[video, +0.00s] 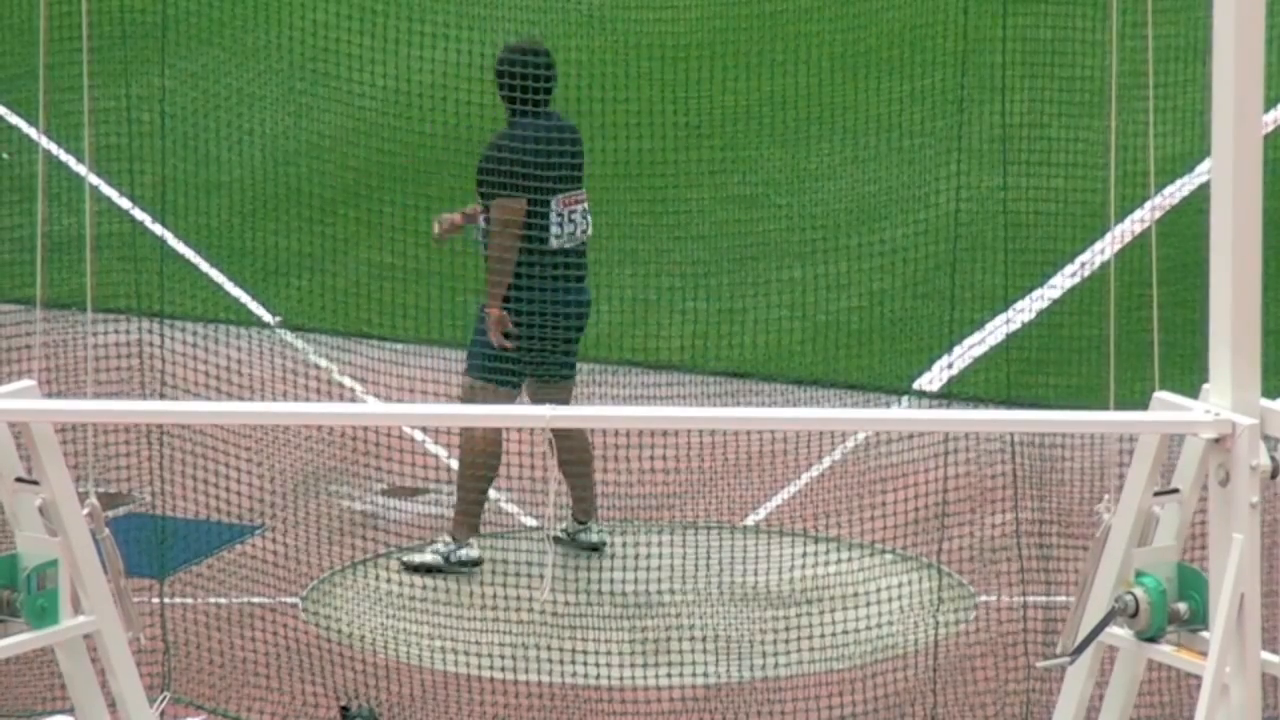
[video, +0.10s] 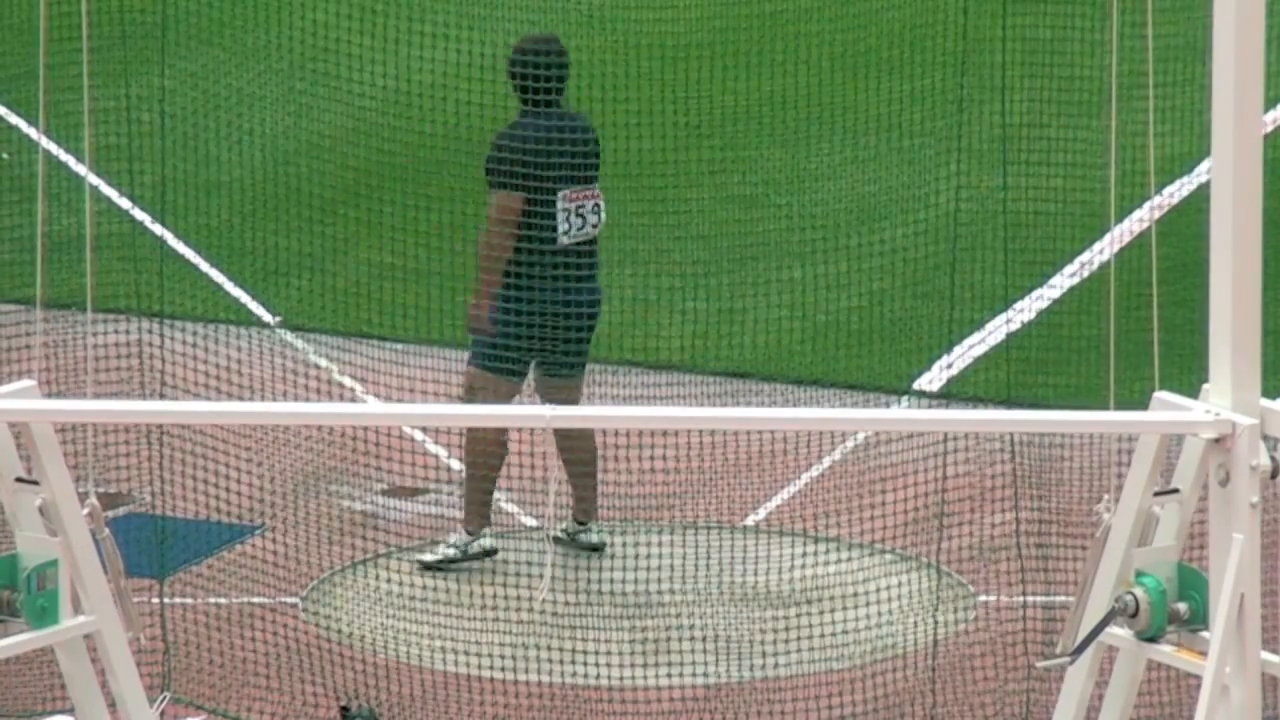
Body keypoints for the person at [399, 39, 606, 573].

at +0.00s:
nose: (499, 89)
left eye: (500, 81)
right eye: (507, 79)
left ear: (504, 87)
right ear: (548, 84)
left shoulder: (507, 150)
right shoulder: (567, 136)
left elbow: (509, 232)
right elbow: (538, 201)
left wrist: (493, 302)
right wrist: (472, 216)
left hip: (519, 299)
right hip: (568, 299)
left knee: (481, 412)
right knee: (557, 408)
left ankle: (461, 541)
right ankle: (586, 524)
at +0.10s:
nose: (516, 81)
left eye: (516, 73)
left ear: (516, 79)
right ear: (562, 78)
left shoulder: (515, 140)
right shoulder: (584, 134)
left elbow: (503, 226)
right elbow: (582, 214)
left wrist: (485, 292)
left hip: (523, 297)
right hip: (579, 297)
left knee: (484, 403)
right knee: (564, 403)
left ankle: (473, 532)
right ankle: (586, 524)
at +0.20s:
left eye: (528, 68)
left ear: (524, 74)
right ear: (573, 75)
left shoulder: (516, 138)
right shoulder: (595, 131)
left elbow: (496, 222)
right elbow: (607, 199)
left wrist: (465, 287)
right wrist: (619, 240)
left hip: (526, 294)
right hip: (585, 293)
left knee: (485, 393)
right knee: (568, 399)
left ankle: (510, 523)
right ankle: (587, 522)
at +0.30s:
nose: (544, 77)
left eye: (539, 67)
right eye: (554, 67)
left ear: (532, 74)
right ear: (581, 73)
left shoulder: (517, 135)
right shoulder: (604, 129)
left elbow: (486, 214)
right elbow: (650, 182)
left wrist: (455, 277)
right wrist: (687, 221)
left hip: (526, 293)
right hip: (587, 293)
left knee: (502, 401)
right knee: (575, 402)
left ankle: (520, 528)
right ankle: (586, 522)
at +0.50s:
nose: (565, 76)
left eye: (556, 65)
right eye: (572, 65)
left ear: (542, 70)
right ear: (591, 71)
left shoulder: (517, 128)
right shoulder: (613, 126)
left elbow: (481, 192)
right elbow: (677, 161)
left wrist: (454, 257)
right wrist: (719, 208)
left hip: (533, 284)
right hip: (595, 284)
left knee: (496, 385)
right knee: (580, 398)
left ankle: (517, 509)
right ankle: (588, 522)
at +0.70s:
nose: (567, 260)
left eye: (577, 250)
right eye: (559, 250)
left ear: (596, 252)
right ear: (547, 251)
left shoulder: (620, 303)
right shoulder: (540, 282)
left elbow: (647, 392)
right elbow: (510, 311)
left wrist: (606, 451)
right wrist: (494, 313)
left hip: (633, 427)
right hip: (570, 425)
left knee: (679, 538)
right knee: (524, 525)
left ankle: (703, 642)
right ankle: (524, 641)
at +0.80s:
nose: (589, 266)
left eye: (597, 256)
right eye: (578, 256)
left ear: (608, 255)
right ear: (558, 257)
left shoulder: (628, 307)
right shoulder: (548, 279)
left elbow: (650, 397)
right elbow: (513, 261)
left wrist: (600, 451)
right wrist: (487, 253)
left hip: (634, 430)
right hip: (570, 427)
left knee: (683, 538)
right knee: (525, 527)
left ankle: (702, 642)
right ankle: (524, 641)